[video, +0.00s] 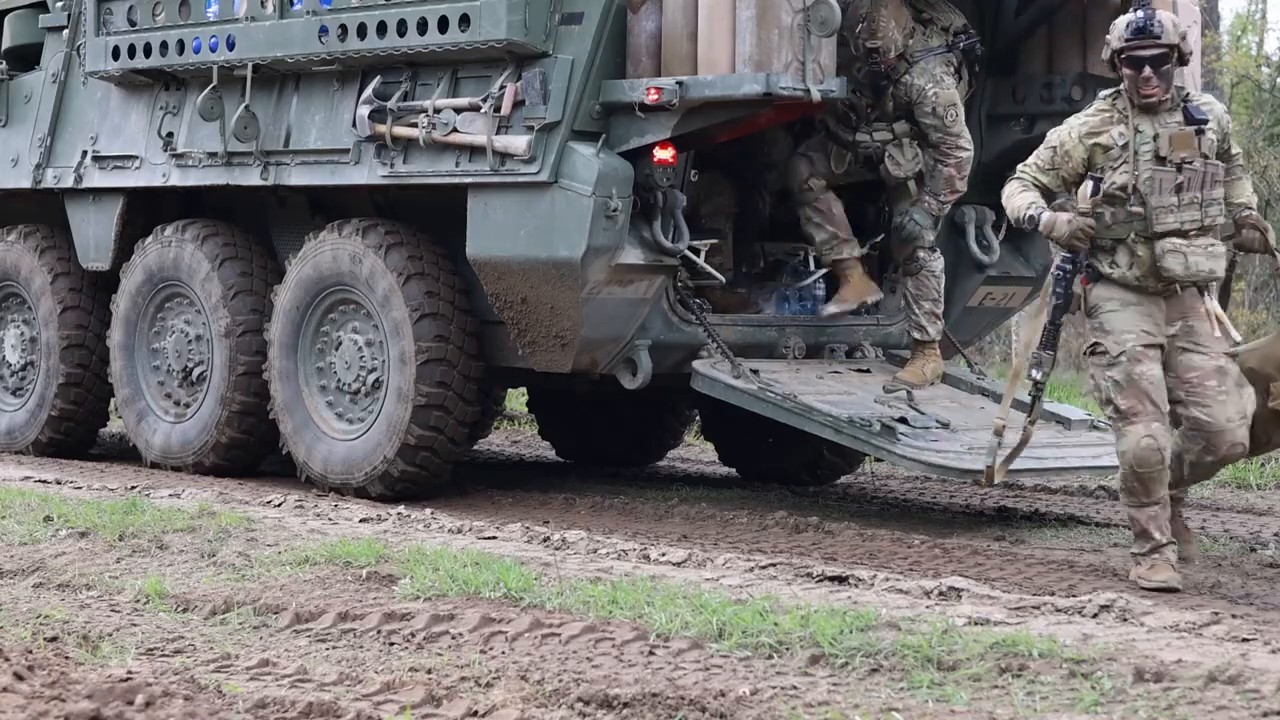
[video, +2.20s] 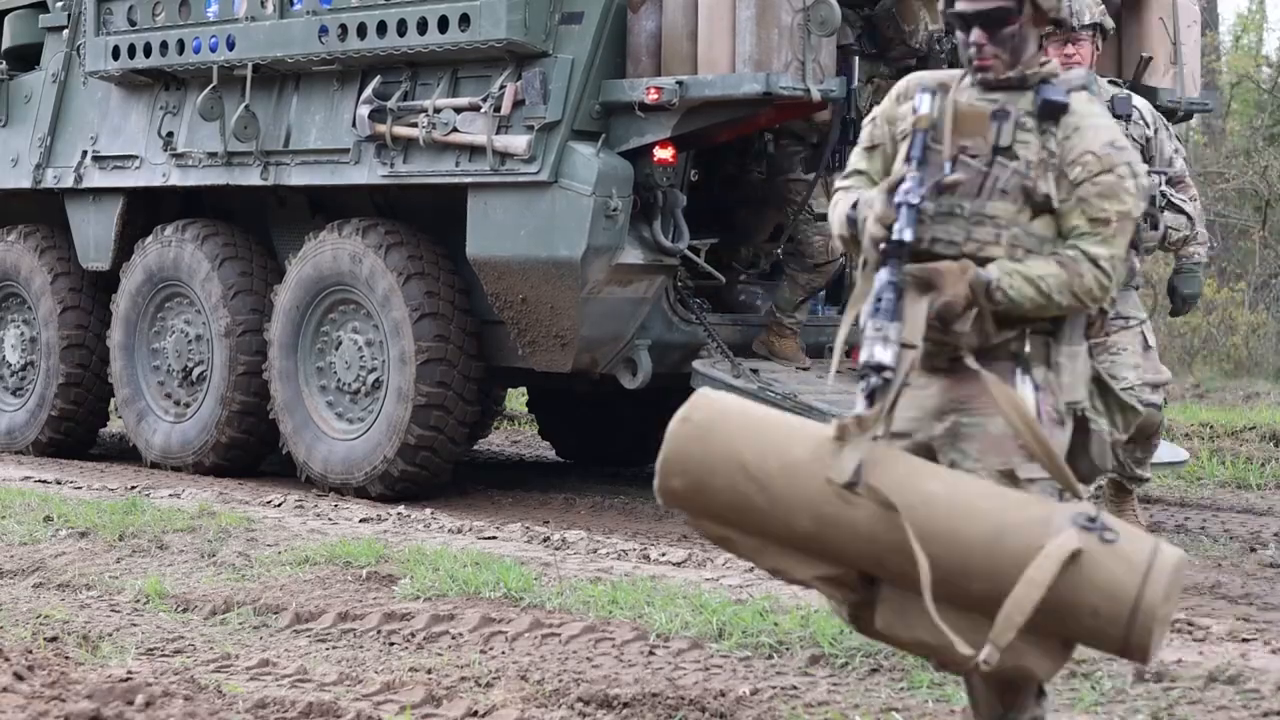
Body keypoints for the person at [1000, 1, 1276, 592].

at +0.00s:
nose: (1149, 73)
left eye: (1160, 61)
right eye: (1136, 63)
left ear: (1176, 61)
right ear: (1118, 67)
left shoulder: (1207, 116)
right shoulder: (1091, 127)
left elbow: (1235, 175)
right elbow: (1016, 189)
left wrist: (1247, 218)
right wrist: (1045, 216)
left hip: (1193, 297)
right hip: (1120, 298)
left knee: (1225, 433)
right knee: (1146, 436)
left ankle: (1167, 491)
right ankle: (1153, 551)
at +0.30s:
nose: (1197, 72)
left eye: (1209, 60)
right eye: (1184, 61)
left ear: (1229, 57)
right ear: (1166, 61)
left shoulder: (1263, 119)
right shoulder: (1134, 121)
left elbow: (1271, 202)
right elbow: (1058, 187)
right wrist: (1103, 191)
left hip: (1243, 304)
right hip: (1165, 306)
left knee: (1256, 446)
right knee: (1169, 444)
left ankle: (1251, 575)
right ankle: (1163, 540)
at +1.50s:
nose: (1200, 7)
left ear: (1242, 4)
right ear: (1171, 3)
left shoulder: (1269, 59)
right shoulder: (1132, 62)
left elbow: (1276, 193)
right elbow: (1082, 185)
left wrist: (1265, 277)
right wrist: (1122, 116)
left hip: (1253, 284)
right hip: (1151, 286)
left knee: (1258, 459)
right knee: (1126, 443)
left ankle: (1266, 627)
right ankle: (1138, 642)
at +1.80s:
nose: (1111, 12)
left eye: (1129, 1)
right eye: (1100, 2)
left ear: (1163, 9)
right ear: (1085, 11)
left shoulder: (1212, 100)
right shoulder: (1039, 88)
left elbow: (1245, 223)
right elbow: (1002, 212)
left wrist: (1169, 293)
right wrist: (1049, 160)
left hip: (1163, 329)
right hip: (1059, 327)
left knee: (1163, 500)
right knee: (1066, 506)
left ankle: (1199, 678)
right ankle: (1125, 681)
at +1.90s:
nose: (1092, 9)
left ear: (1141, 5)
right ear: (1063, 6)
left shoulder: (1189, 100)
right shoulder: (1008, 76)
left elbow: (1214, 229)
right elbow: (966, 202)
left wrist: (1129, 287)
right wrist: (1027, 163)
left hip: (1131, 332)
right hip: (1031, 327)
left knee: (1114, 501)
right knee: (1041, 503)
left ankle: (1112, 679)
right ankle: (1107, 673)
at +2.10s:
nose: (1030, 28)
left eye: (1049, 14)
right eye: (1017, 14)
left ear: (1085, 16)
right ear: (1001, 18)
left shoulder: (1126, 119)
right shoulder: (954, 87)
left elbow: (1146, 255)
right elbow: (880, 202)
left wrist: (1041, 292)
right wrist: (929, 174)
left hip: (1057, 371)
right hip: (944, 363)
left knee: (1041, 546)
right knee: (964, 542)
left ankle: (1065, 703)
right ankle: (1019, 700)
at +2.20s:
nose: (979, 40)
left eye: (996, 22)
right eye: (964, 26)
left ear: (1037, 20)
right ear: (950, 29)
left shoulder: (1087, 133)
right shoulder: (912, 101)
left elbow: (1095, 266)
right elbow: (844, 200)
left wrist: (984, 285)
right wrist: (871, 215)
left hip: (1013, 388)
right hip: (901, 379)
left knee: (1003, 573)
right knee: (932, 568)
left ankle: (1011, 706)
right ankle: (1002, 701)